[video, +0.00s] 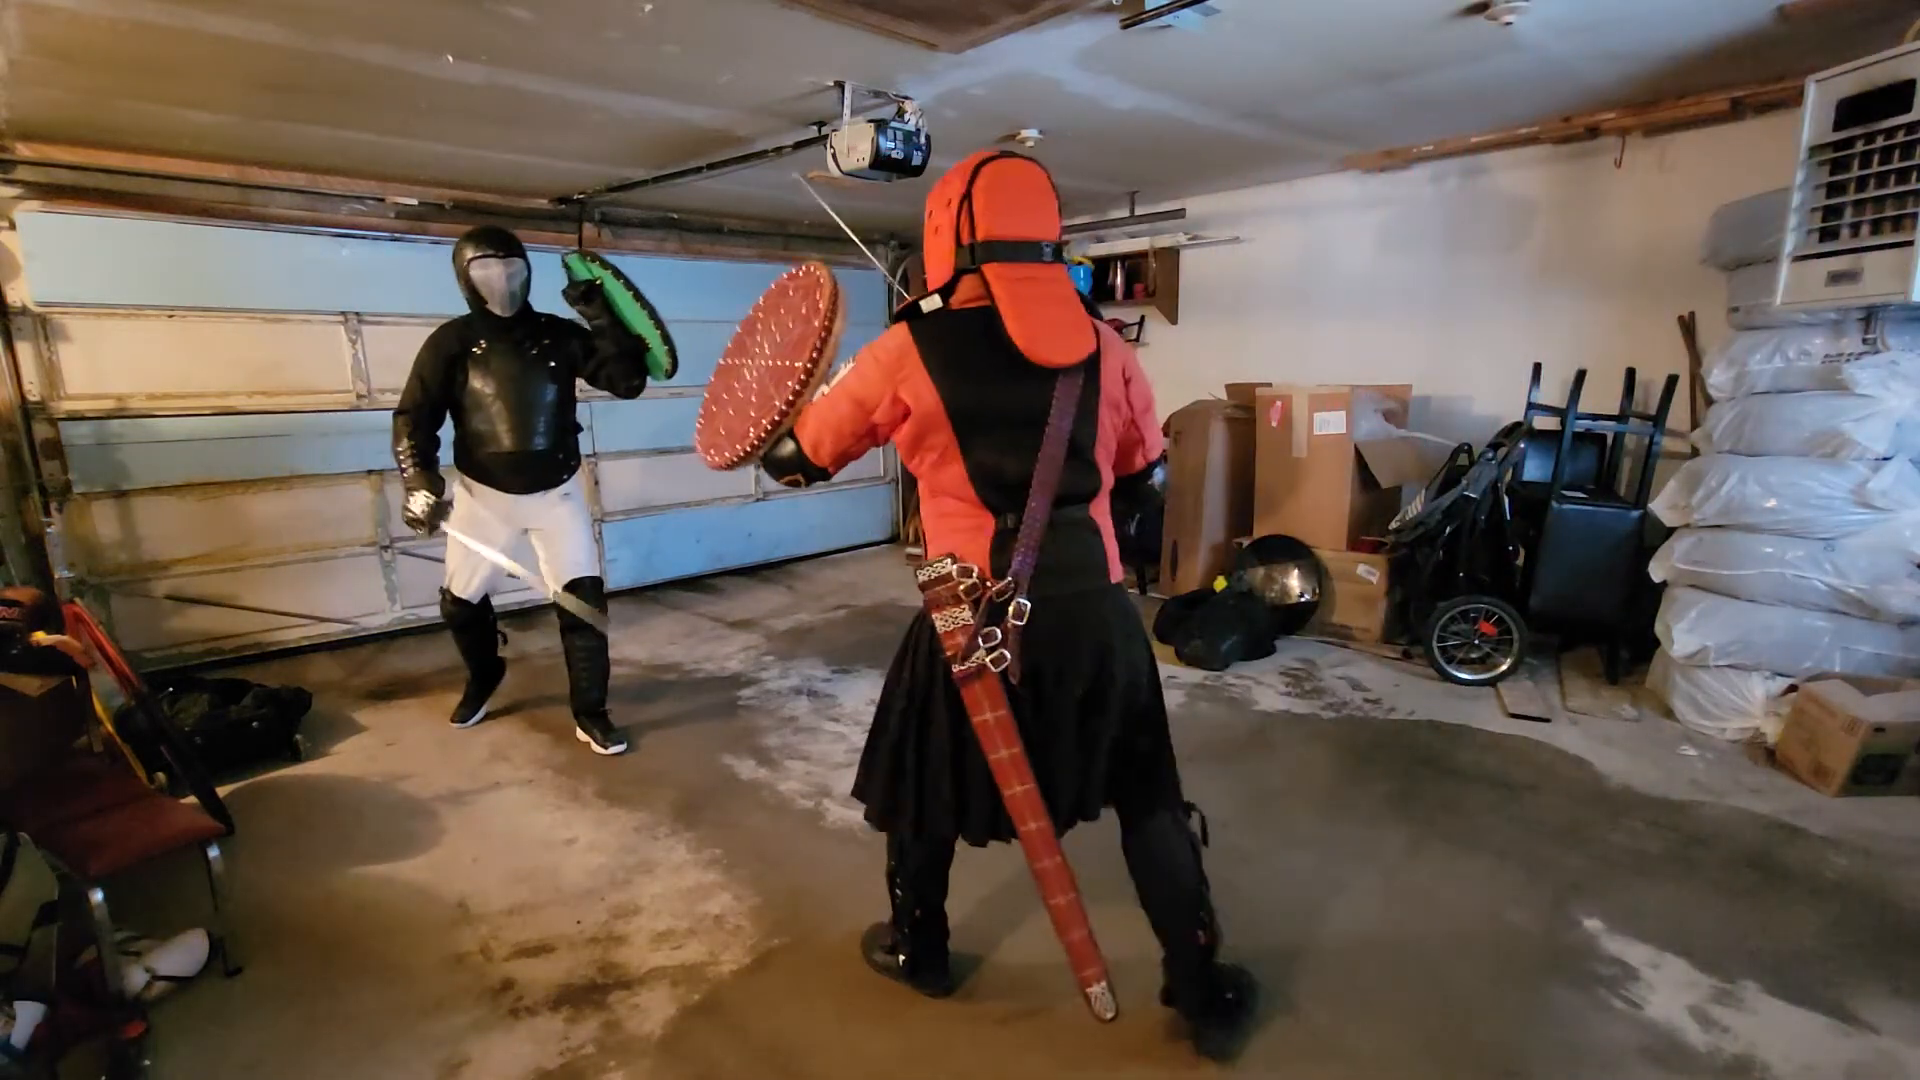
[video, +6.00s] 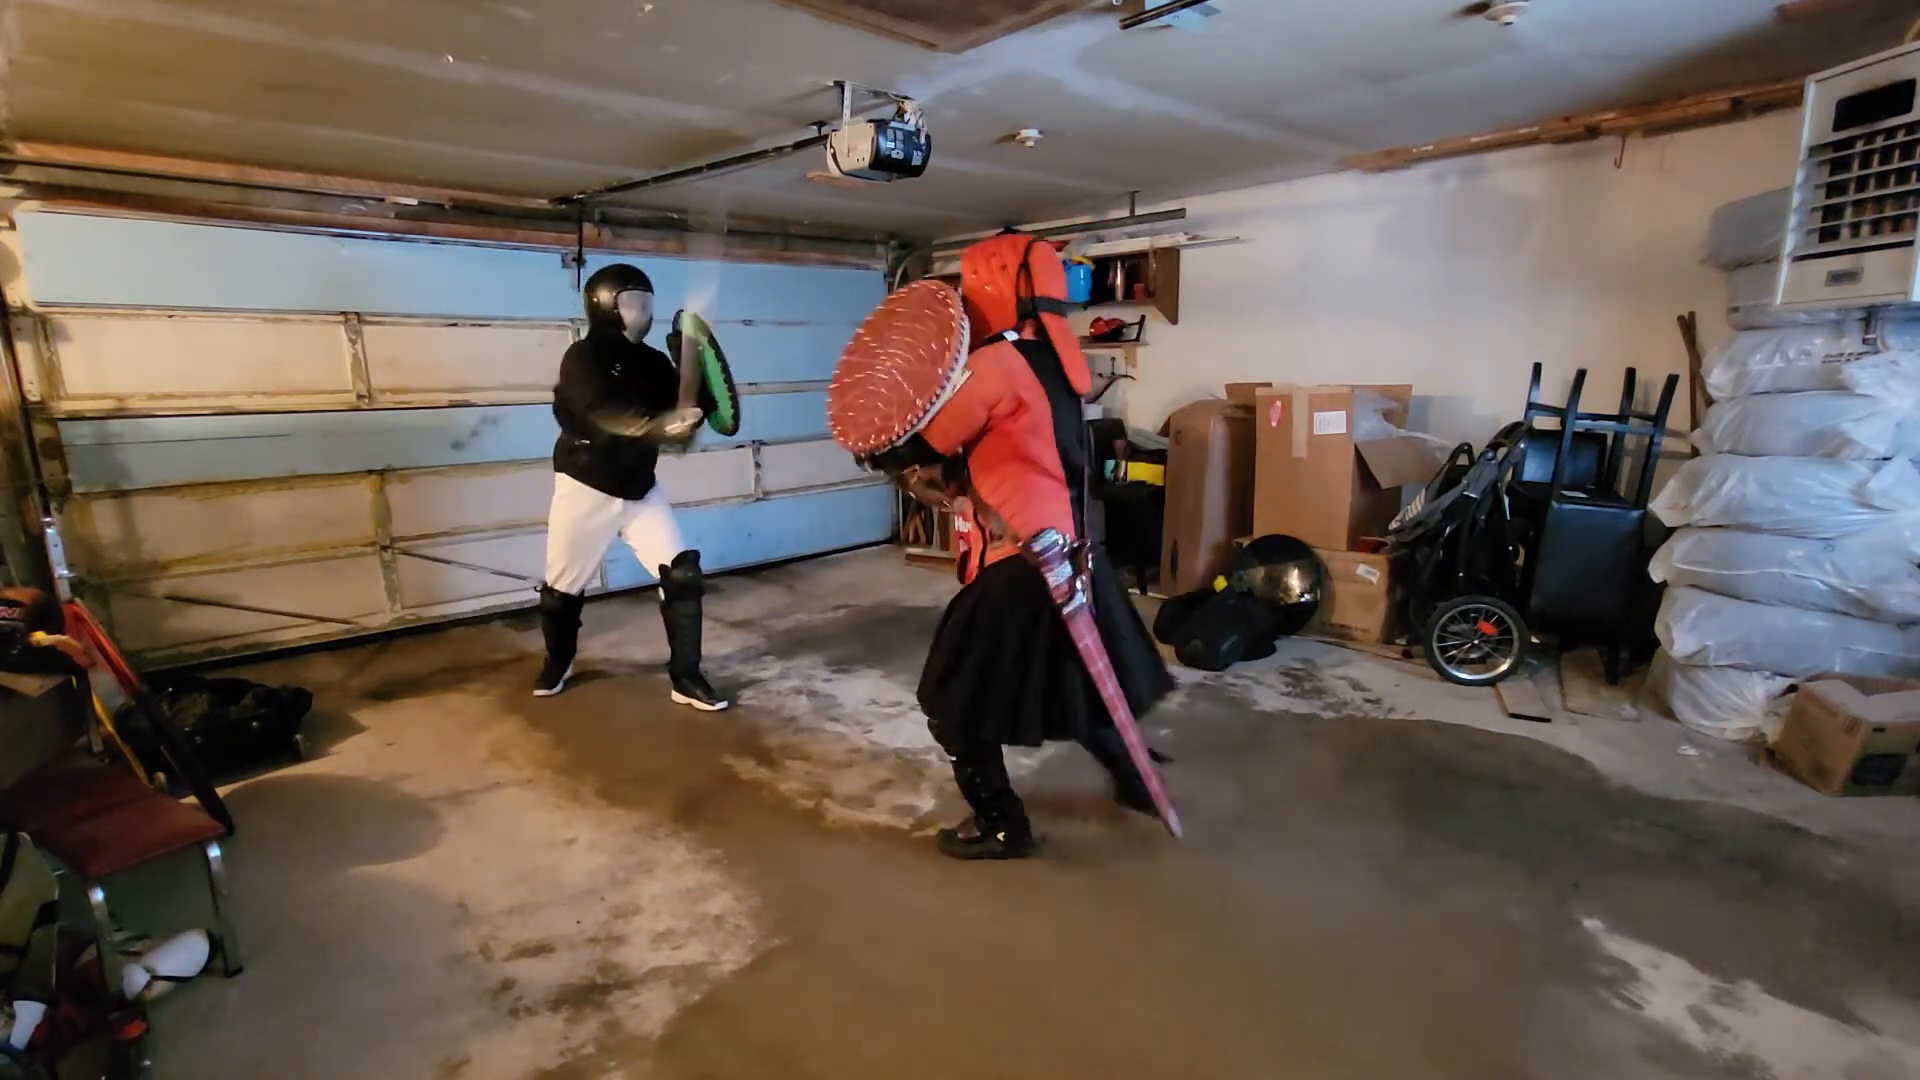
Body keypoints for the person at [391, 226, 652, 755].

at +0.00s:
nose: (501, 272)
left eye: (509, 261)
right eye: (487, 263)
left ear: (524, 268)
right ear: (466, 276)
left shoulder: (562, 336)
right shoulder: (451, 343)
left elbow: (627, 380)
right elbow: (413, 417)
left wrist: (601, 316)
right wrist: (420, 481)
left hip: (557, 494)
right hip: (482, 497)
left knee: (583, 600)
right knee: (461, 602)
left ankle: (591, 712)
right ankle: (485, 673)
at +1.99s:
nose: (514, 311)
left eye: (518, 301)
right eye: (501, 301)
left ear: (526, 307)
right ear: (474, 309)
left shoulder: (545, 366)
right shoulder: (443, 369)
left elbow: (607, 407)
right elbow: (408, 440)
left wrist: (587, 347)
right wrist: (440, 494)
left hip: (539, 511)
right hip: (469, 513)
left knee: (573, 600)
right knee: (446, 618)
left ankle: (573, 701)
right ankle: (464, 663)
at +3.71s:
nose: (586, 323)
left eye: (589, 314)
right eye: (576, 314)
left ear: (593, 320)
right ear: (549, 319)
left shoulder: (596, 375)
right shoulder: (514, 372)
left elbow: (648, 419)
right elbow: (481, 443)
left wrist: (635, 357)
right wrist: (515, 499)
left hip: (578, 501)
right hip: (515, 500)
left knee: (629, 571)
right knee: (485, 591)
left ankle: (642, 662)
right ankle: (476, 666)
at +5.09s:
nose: (618, 306)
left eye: (620, 297)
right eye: (608, 297)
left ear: (622, 301)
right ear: (579, 302)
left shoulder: (636, 361)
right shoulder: (550, 360)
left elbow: (686, 412)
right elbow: (532, 440)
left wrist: (682, 360)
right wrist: (582, 456)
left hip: (630, 493)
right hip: (569, 493)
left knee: (673, 574)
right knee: (547, 590)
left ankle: (686, 676)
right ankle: (536, 665)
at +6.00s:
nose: (649, 310)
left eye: (649, 301)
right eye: (640, 301)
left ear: (636, 308)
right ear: (610, 304)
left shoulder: (655, 363)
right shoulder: (583, 358)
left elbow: (688, 403)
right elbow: (595, 416)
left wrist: (693, 353)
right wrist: (656, 427)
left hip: (640, 492)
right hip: (584, 490)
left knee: (682, 573)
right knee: (561, 589)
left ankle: (686, 677)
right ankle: (558, 663)